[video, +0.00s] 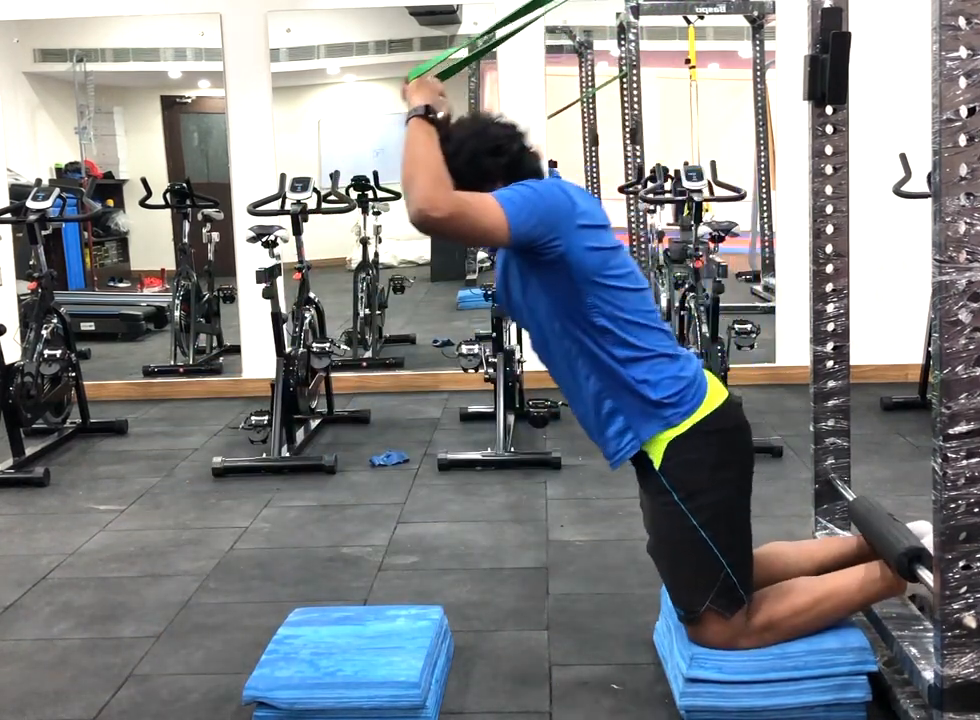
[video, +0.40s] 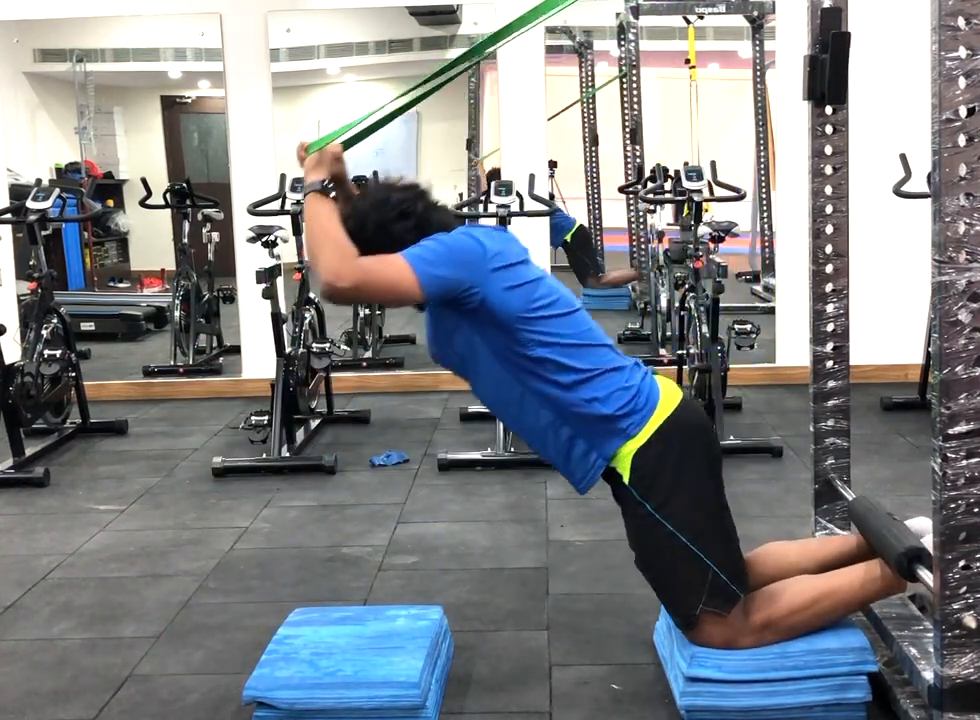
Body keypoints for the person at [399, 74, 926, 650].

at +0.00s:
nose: (457, 205)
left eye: (458, 193)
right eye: (450, 193)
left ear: (484, 185)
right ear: (510, 159)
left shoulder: (550, 203)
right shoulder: (538, 216)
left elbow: (433, 207)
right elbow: (443, 206)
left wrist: (419, 115)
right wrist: (430, 120)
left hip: (687, 435)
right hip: (670, 433)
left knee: (723, 627)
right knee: (715, 580)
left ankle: (901, 576)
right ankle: (871, 542)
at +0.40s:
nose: (372, 276)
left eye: (369, 260)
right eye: (365, 260)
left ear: (397, 248)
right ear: (416, 217)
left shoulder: (464, 254)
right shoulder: (471, 253)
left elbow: (340, 275)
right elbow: (353, 271)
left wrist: (318, 189)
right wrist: (328, 191)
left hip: (648, 445)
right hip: (647, 431)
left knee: (723, 626)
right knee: (720, 583)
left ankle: (910, 572)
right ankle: (866, 539)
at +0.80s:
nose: (311, 332)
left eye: (310, 316)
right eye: (305, 317)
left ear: (336, 300)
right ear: (355, 286)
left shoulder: (399, 309)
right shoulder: (412, 303)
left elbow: (266, 348)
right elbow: (287, 343)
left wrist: (232, 265)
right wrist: (254, 268)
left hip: (614, 464)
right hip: (613, 451)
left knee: (720, 629)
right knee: (708, 589)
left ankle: (904, 571)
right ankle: (865, 537)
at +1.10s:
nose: (278, 416)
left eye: (274, 403)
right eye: (273, 402)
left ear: (293, 377)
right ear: (310, 340)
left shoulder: (354, 365)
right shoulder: (370, 353)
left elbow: (232, 437)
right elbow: (252, 426)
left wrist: (174, 372)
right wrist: (200, 361)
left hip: (590, 476)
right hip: (593, 451)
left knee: (719, 631)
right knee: (714, 585)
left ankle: (905, 567)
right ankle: (866, 538)